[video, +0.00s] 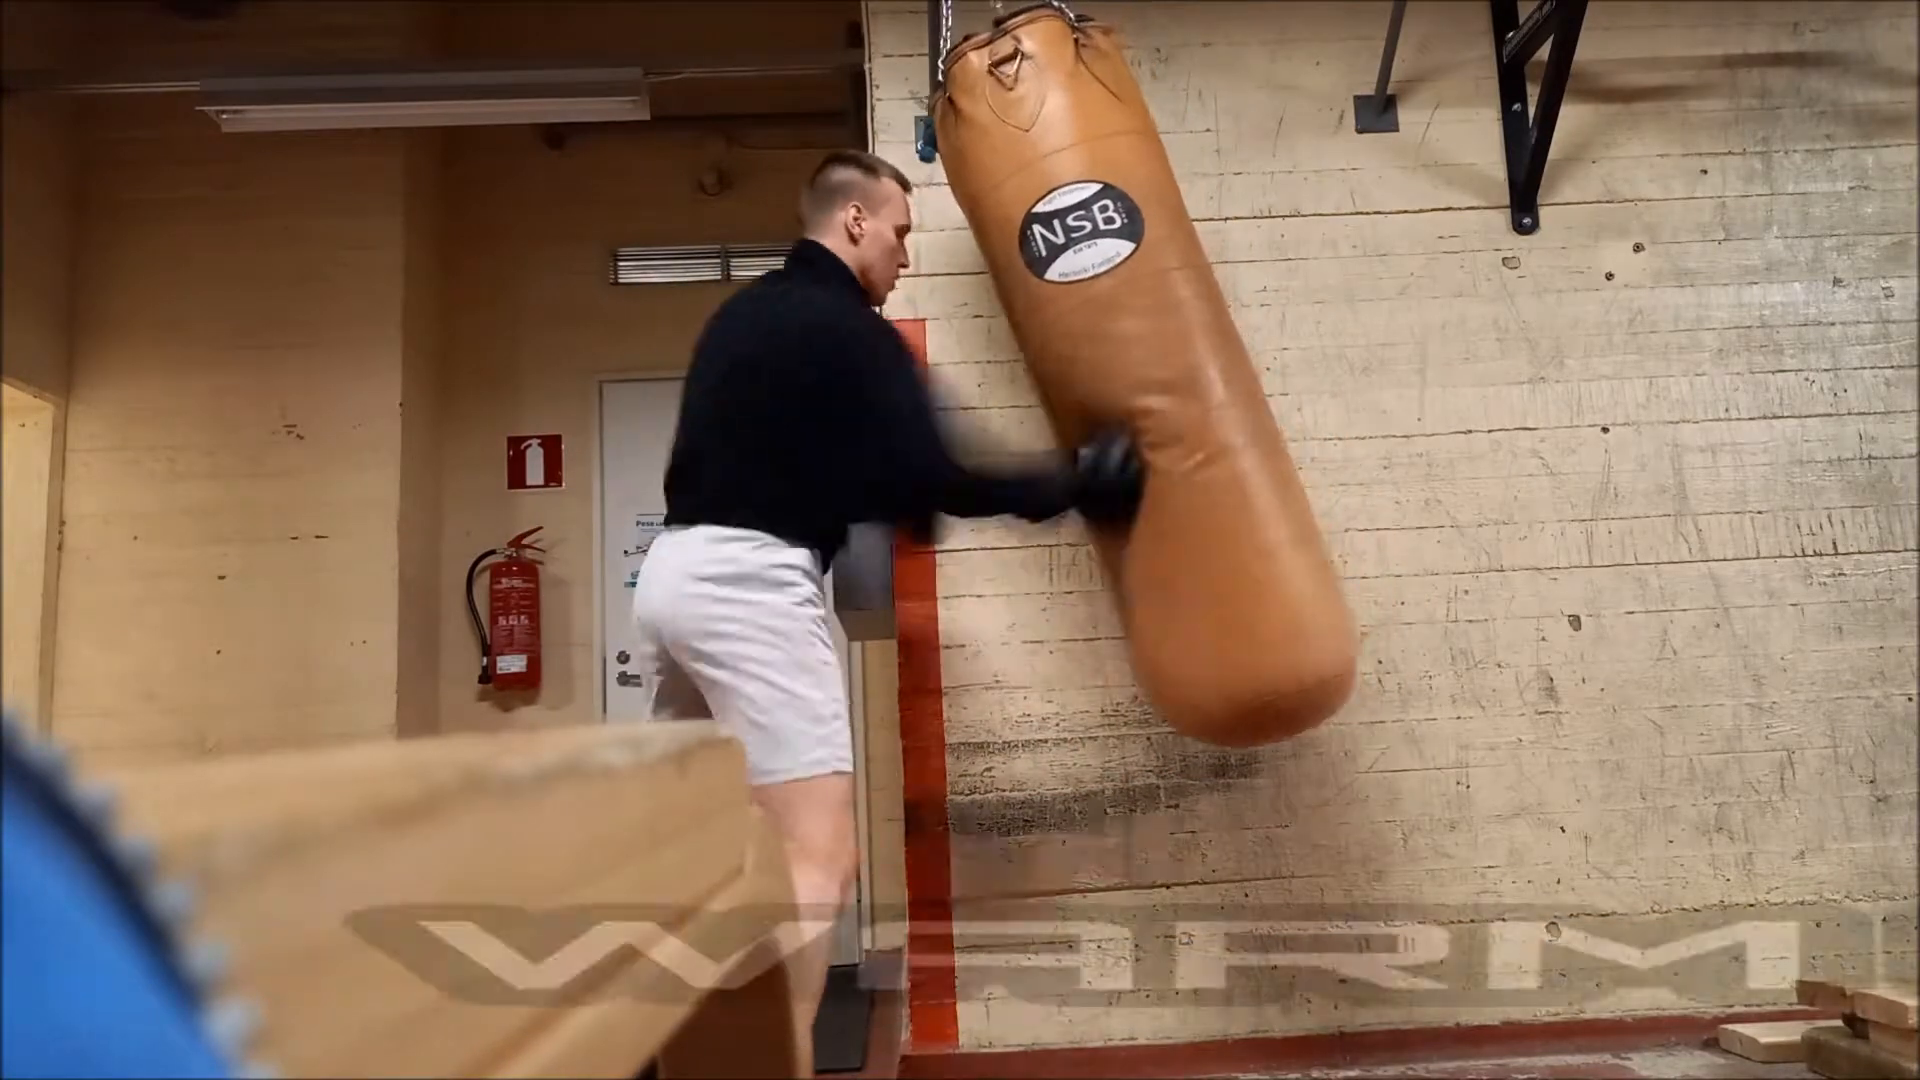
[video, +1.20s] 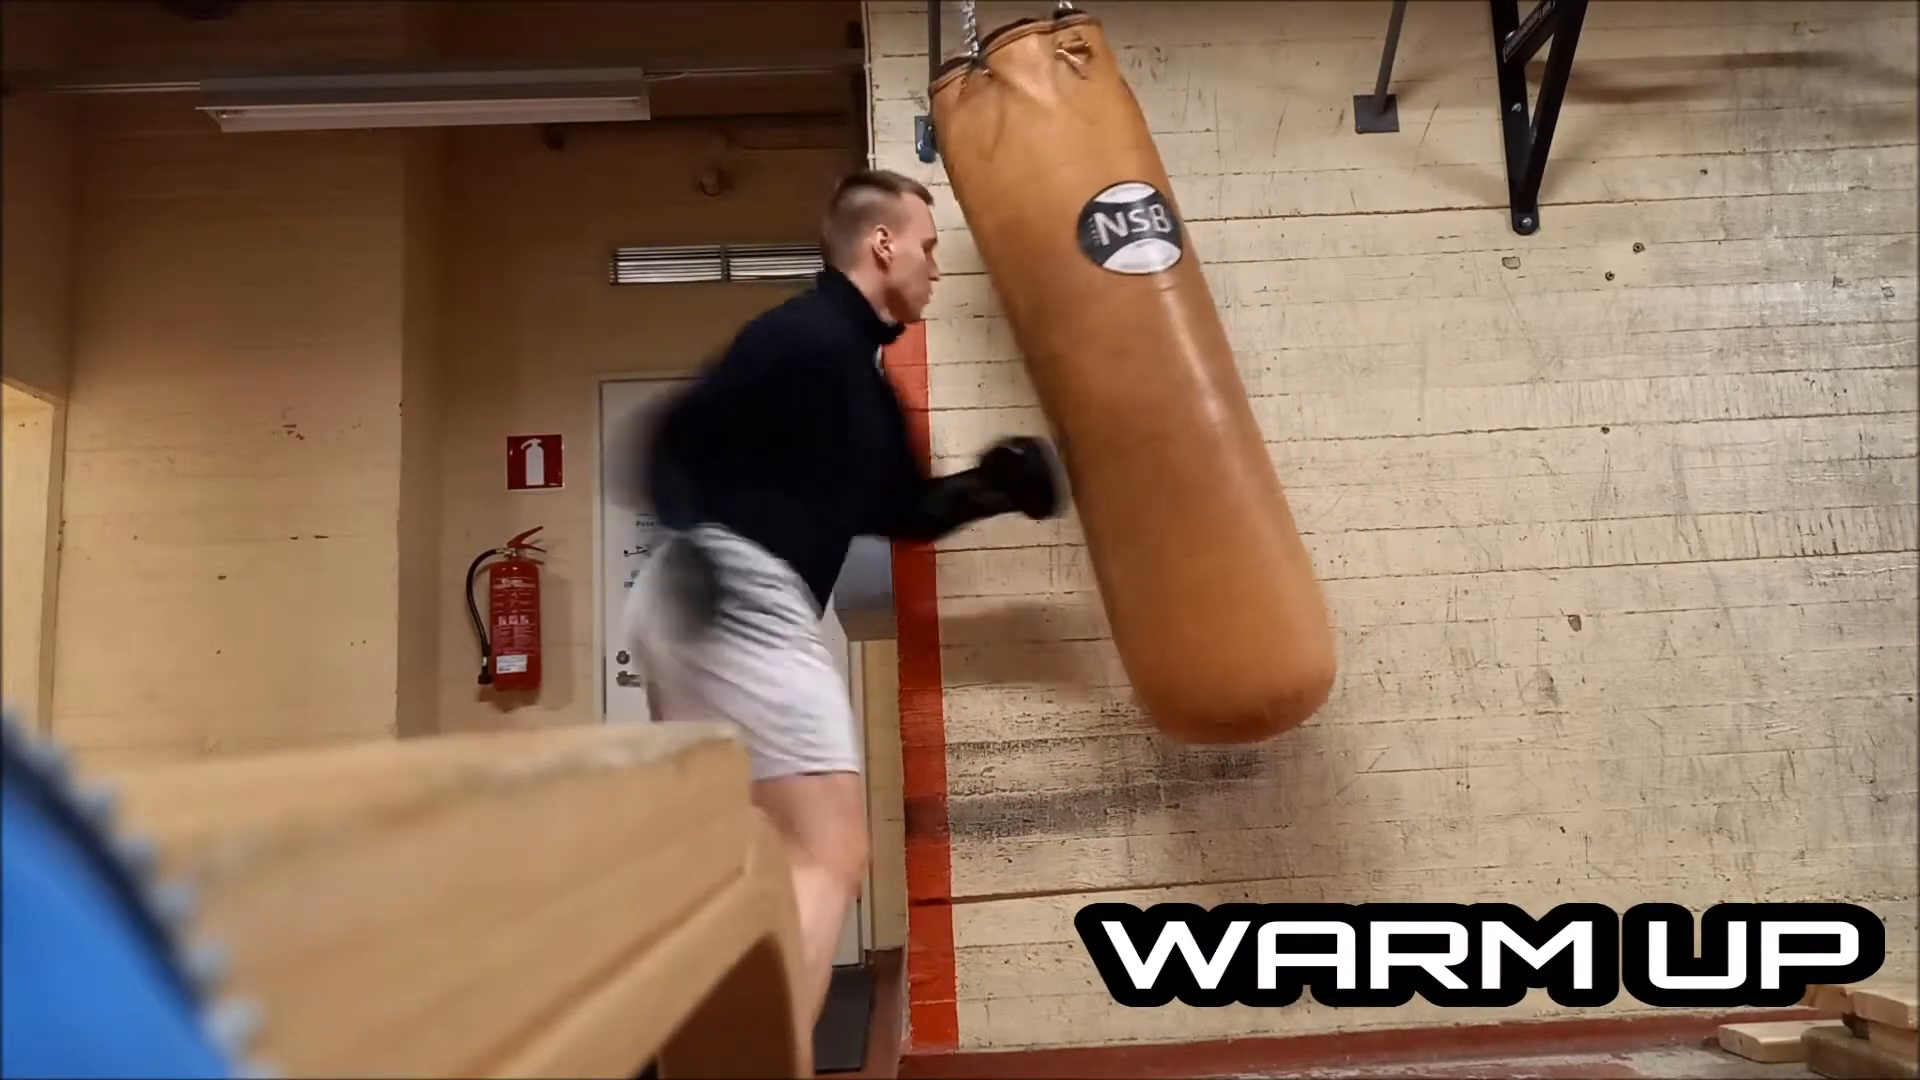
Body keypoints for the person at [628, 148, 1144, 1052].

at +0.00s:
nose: (905, 255)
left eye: (907, 235)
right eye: (899, 233)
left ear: (834, 226)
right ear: (854, 223)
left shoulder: (742, 313)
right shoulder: (852, 333)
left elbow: (820, 462)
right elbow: (927, 482)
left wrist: (911, 495)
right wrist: (1068, 485)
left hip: (674, 570)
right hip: (753, 582)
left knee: (690, 839)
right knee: (819, 860)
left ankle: (678, 1048)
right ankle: (779, 1063)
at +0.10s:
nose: (914, 252)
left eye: (915, 234)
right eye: (907, 230)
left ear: (852, 224)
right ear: (858, 220)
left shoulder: (789, 315)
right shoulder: (816, 323)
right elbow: (839, 499)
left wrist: (931, 515)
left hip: (704, 589)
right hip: (739, 596)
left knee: (727, 847)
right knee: (812, 839)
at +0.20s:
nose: (923, 261)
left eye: (924, 242)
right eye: (915, 239)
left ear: (865, 234)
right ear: (865, 230)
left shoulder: (859, 354)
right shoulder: (770, 319)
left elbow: (854, 496)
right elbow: (670, 466)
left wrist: (965, 489)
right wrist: (712, 558)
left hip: (777, 605)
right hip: (726, 601)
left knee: (753, 838)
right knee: (811, 840)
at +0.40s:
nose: (916, 265)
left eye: (918, 246)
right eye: (908, 244)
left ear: (842, 240)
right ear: (858, 237)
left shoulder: (773, 315)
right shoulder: (833, 325)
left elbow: (821, 491)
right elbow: (829, 507)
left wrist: (926, 488)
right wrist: (938, 524)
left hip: (678, 580)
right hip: (744, 585)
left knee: (719, 843)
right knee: (835, 849)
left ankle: (689, 1047)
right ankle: (772, 1059)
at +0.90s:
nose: (910, 261)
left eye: (912, 241)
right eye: (904, 239)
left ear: (837, 232)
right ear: (858, 230)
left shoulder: (736, 317)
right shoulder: (853, 344)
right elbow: (958, 469)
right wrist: (1060, 475)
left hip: (679, 582)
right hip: (760, 599)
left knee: (688, 841)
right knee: (833, 860)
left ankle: (670, 1047)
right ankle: (781, 1061)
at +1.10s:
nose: (939, 260)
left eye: (936, 242)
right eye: (927, 241)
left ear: (878, 245)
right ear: (879, 243)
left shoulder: (886, 366)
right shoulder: (776, 333)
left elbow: (902, 476)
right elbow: (639, 456)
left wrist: (997, 476)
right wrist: (647, 560)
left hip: (784, 622)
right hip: (727, 607)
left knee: (747, 853)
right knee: (816, 844)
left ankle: (696, 1055)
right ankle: (778, 1064)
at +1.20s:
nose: (938, 263)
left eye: (936, 246)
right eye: (928, 245)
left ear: (873, 250)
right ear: (881, 249)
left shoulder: (855, 371)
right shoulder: (805, 338)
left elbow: (898, 512)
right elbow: (678, 442)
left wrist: (990, 486)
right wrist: (696, 537)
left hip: (693, 598)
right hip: (738, 599)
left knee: (727, 850)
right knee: (828, 856)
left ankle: (691, 1052)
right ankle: (774, 1061)